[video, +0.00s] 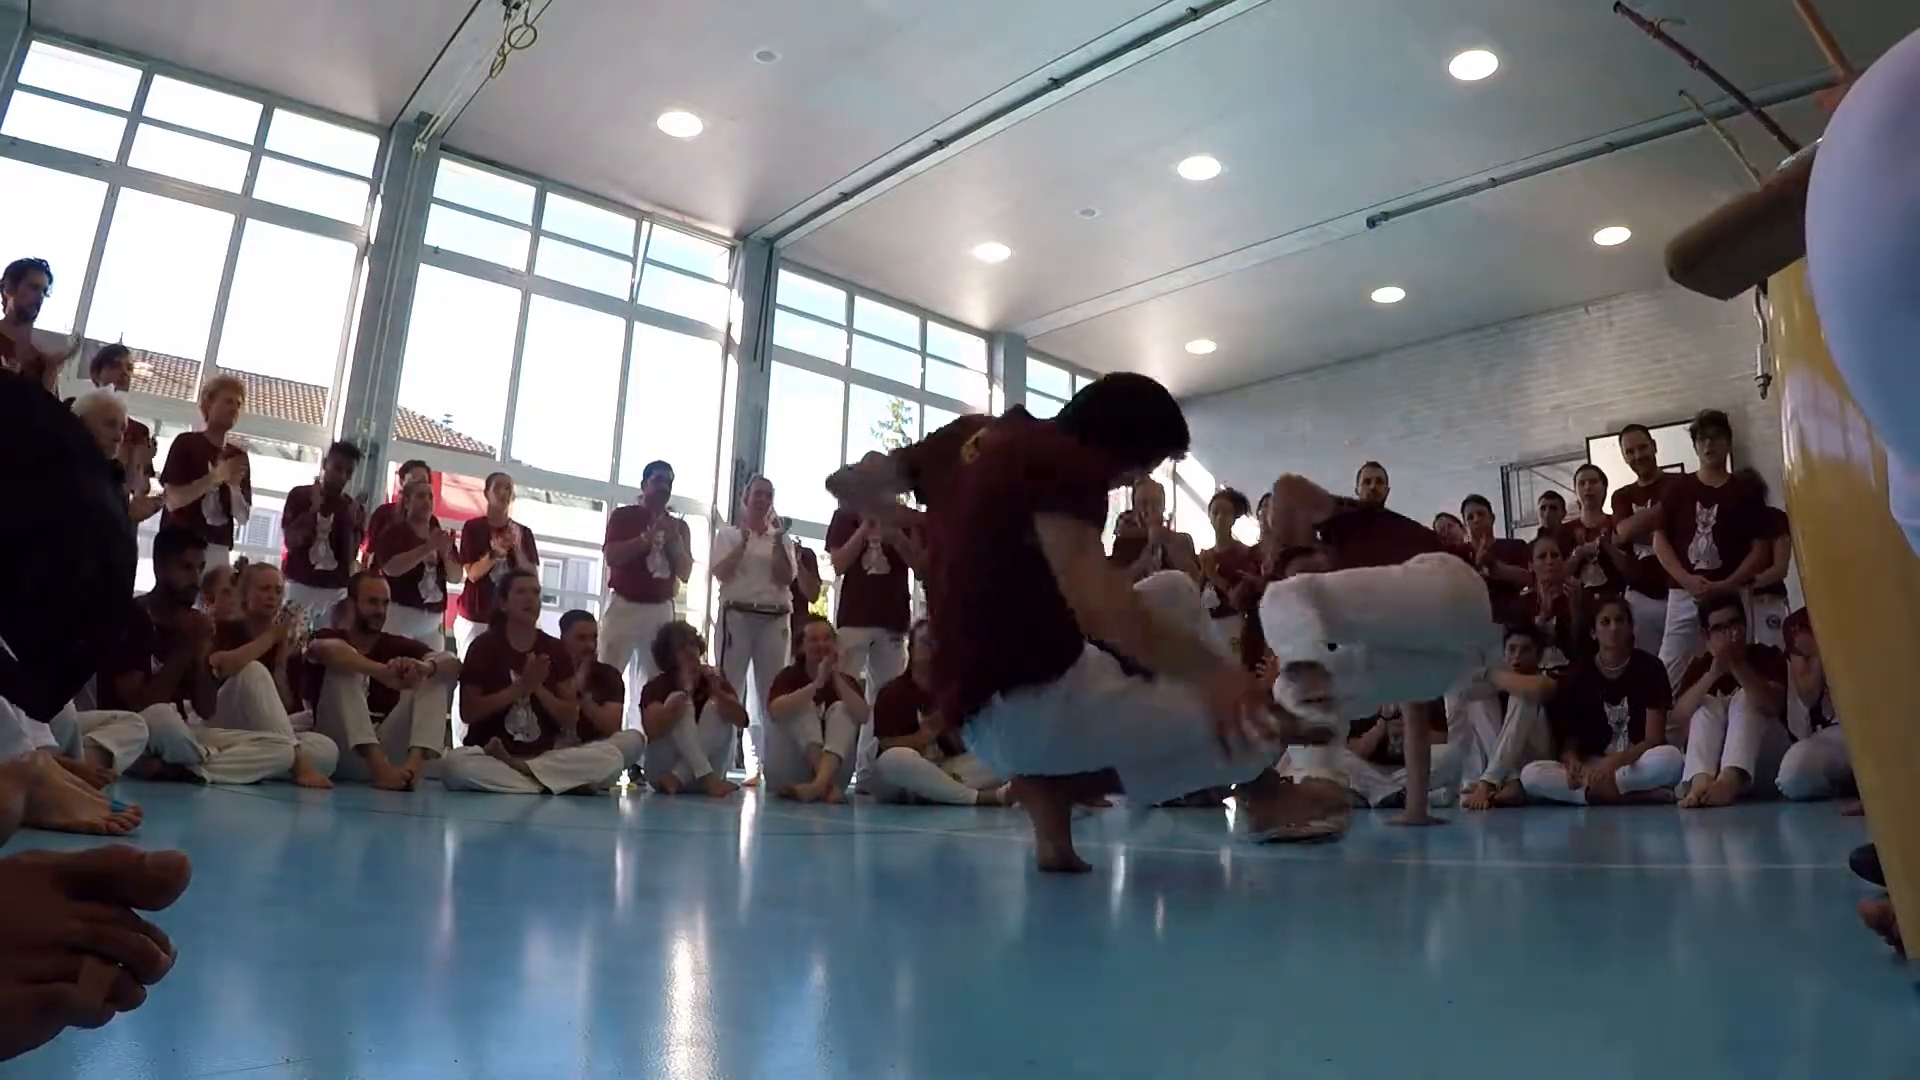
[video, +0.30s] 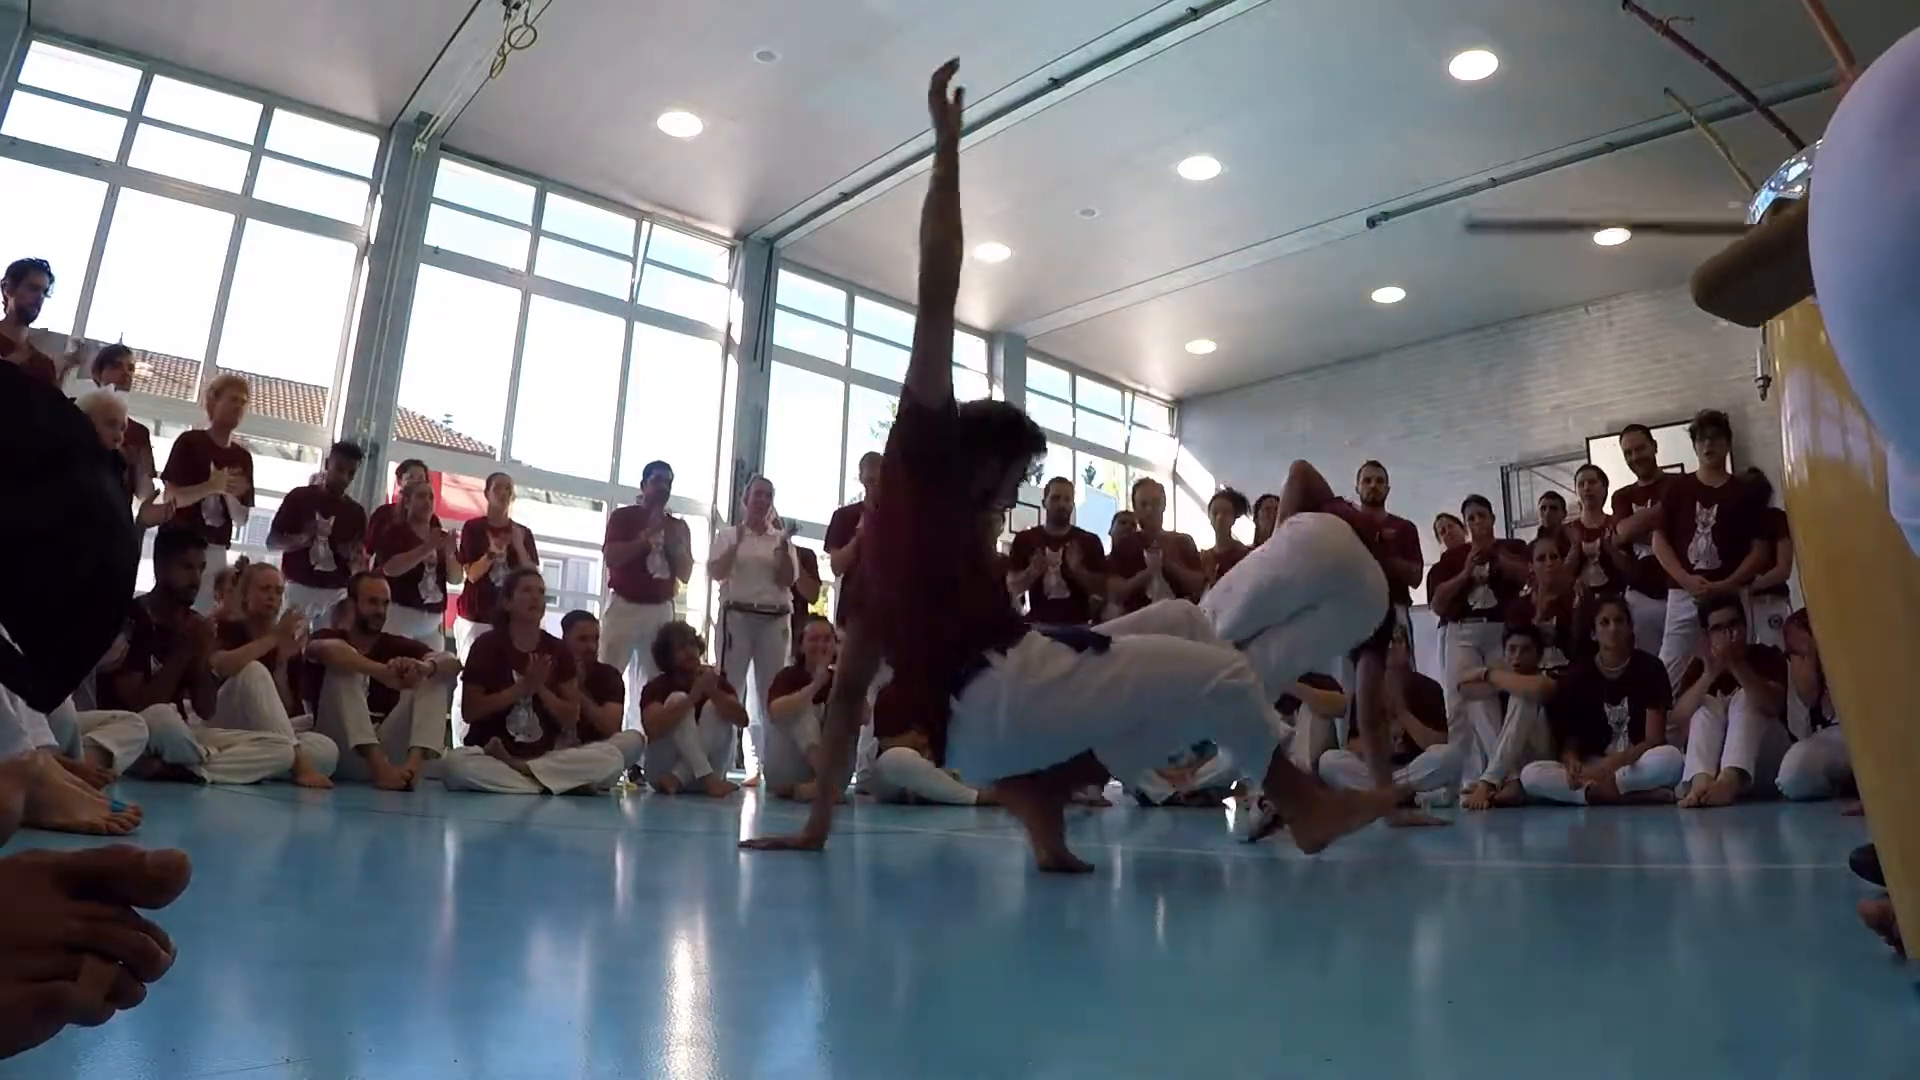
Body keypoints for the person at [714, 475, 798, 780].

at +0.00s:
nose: (761, 499)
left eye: (766, 495)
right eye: (757, 494)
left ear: (773, 501)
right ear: (745, 498)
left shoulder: (783, 538)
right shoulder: (729, 533)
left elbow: (785, 578)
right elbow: (720, 574)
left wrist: (778, 540)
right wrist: (743, 543)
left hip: (774, 617)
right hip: (736, 615)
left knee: (773, 692)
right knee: (730, 689)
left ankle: (771, 762)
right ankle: (727, 762)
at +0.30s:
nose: (761, 500)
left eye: (766, 495)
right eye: (756, 494)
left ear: (773, 502)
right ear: (745, 498)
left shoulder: (782, 539)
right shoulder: (728, 534)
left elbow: (788, 580)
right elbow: (716, 573)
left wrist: (784, 543)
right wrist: (735, 543)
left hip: (775, 618)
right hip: (736, 616)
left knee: (772, 693)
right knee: (729, 691)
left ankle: (769, 764)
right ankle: (723, 765)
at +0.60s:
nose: (761, 500)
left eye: (766, 496)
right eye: (757, 494)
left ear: (773, 501)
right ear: (745, 498)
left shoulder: (783, 535)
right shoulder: (729, 534)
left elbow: (786, 578)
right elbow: (718, 574)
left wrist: (778, 541)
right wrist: (742, 544)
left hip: (776, 616)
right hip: (737, 614)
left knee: (771, 693)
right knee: (730, 690)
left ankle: (768, 764)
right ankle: (725, 764)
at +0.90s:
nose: (759, 504)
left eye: (765, 498)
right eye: (755, 498)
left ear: (774, 504)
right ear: (744, 501)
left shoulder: (782, 534)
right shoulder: (728, 535)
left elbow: (789, 574)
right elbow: (722, 575)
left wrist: (771, 546)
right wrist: (750, 550)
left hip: (775, 616)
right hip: (737, 614)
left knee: (772, 694)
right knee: (730, 690)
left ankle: (769, 764)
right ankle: (723, 764)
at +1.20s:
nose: (760, 500)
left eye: (765, 495)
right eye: (755, 494)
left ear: (773, 501)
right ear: (745, 498)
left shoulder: (784, 539)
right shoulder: (728, 534)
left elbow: (784, 580)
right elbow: (724, 576)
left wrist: (764, 539)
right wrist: (757, 550)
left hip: (771, 618)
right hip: (736, 616)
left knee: (771, 695)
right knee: (728, 692)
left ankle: (768, 765)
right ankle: (723, 766)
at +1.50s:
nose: (761, 499)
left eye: (766, 495)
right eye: (756, 494)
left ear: (772, 501)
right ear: (745, 497)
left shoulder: (781, 539)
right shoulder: (728, 535)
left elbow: (789, 581)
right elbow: (717, 574)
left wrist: (784, 550)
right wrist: (736, 549)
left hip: (774, 616)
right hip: (736, 614)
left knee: (771, 694)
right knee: (729, 691)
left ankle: (767, 764)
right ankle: (724, 765)